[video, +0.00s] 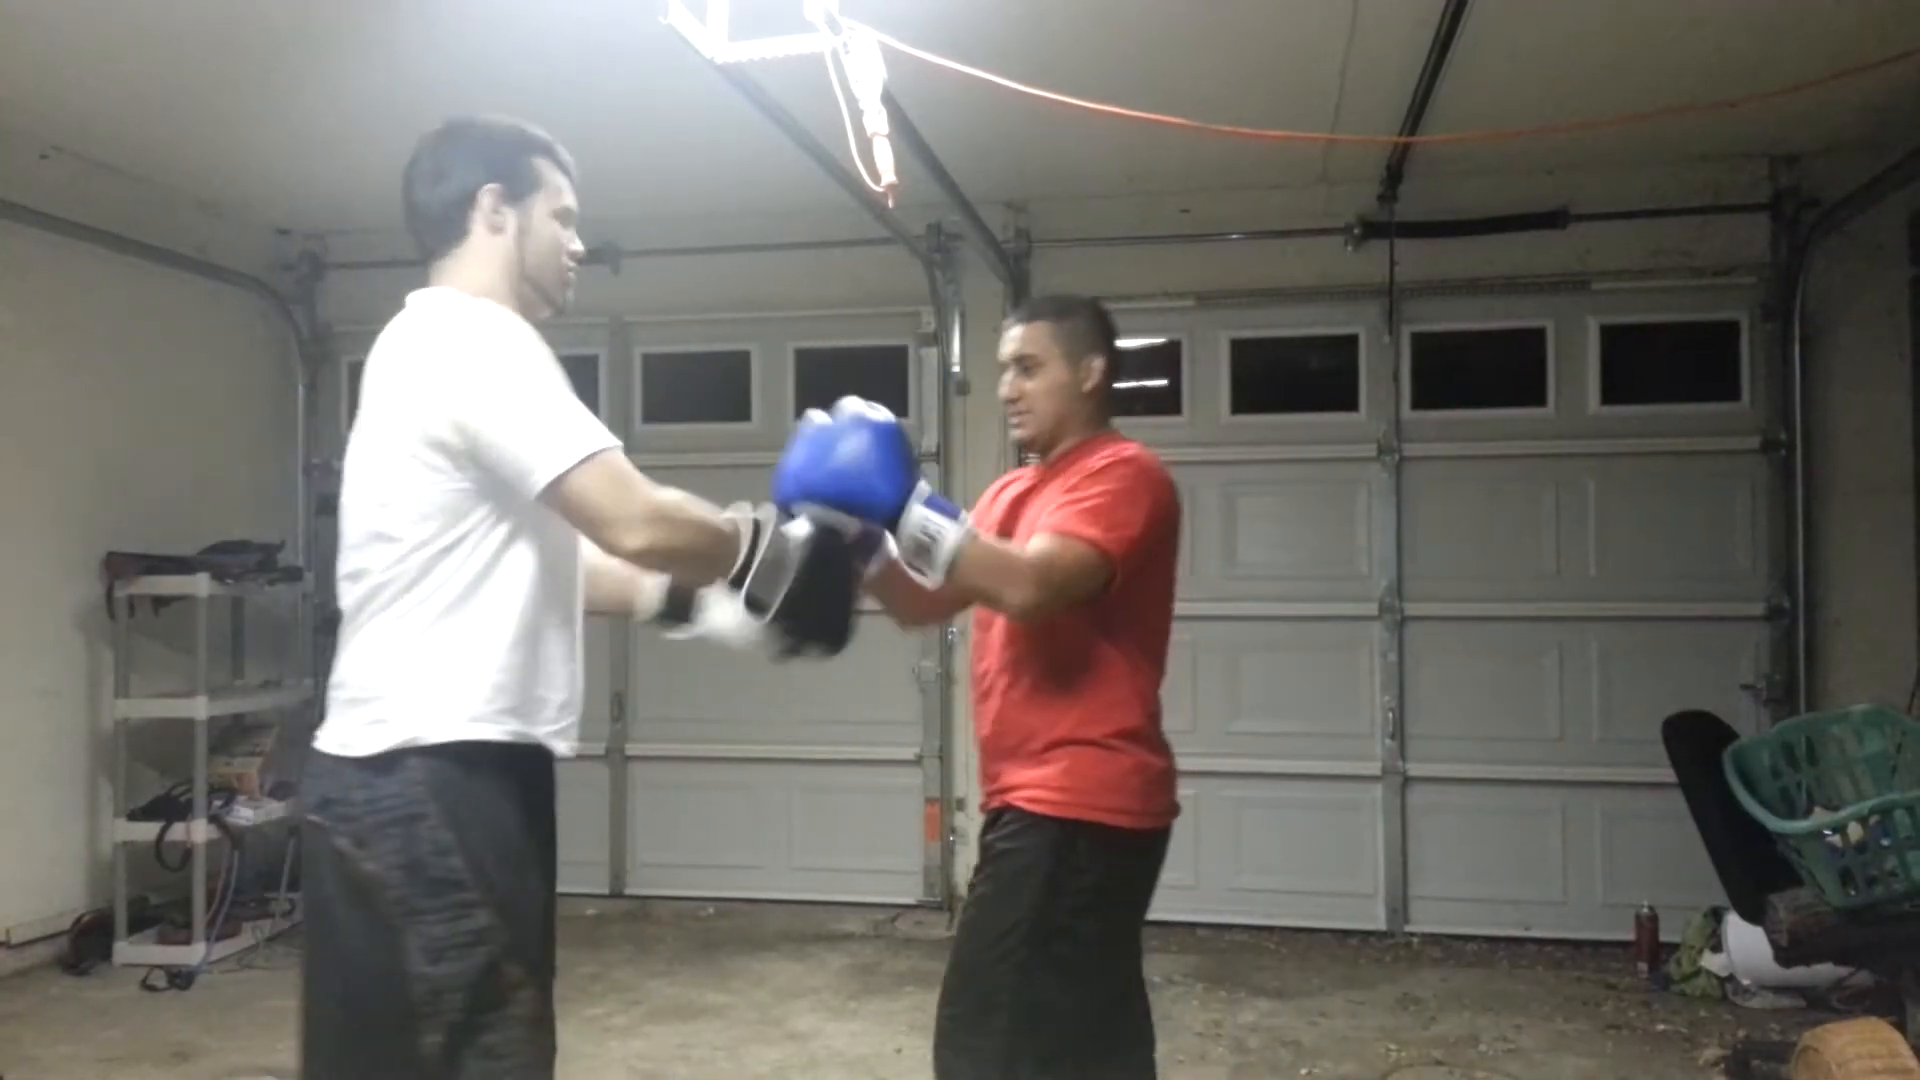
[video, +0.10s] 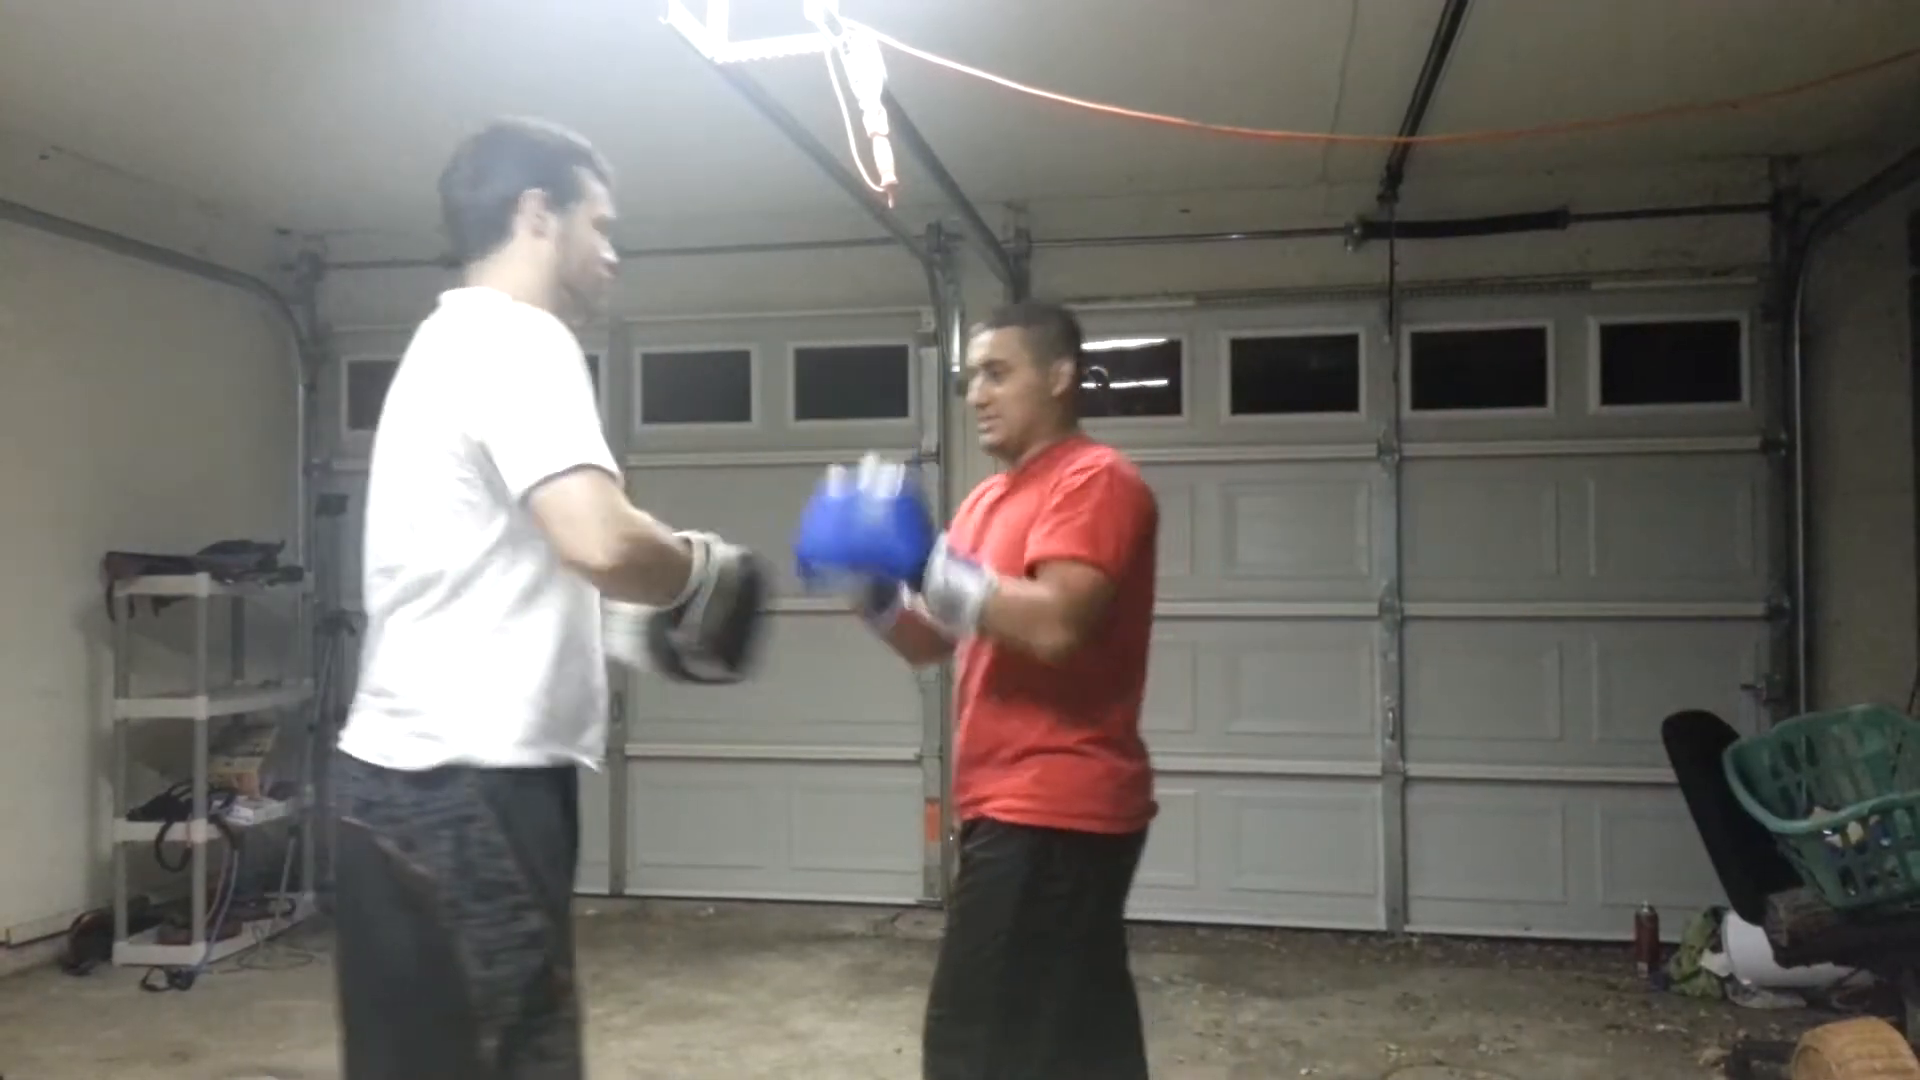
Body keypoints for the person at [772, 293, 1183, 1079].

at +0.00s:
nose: (1007, 388)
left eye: (1027, 367)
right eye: (1003, 372)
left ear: (1093, 373)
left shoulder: (1127, 476)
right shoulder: (1008, 491)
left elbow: (1032, 584)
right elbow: (924, 604)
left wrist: (908, 509)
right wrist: (856, 535)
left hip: (1085, 802)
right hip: (1028, 801)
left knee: (983, 1039)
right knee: (1091, 1042)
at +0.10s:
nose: (977, 395)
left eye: (997, 373)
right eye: (972, 379)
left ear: (1062, 377)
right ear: (970, 392)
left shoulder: (1102, 481)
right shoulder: (987, 498)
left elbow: (1058, 625)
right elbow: (927, 642)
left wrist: (930, 568)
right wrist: (873, 588)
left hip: (1062, 809)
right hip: (1002, 806)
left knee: (971, 1041)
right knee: (1084, 1043)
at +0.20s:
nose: (945, 402)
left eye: (964, 381)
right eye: (941, 385)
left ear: (1028, 386)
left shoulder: (1070, 491)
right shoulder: (959, 501)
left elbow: (1076, 652)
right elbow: (934, 626)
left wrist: (929, 659)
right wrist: (875, 639)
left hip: (1030, 813)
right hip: (975, 807)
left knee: (947, 1040)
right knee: (1063, 1040)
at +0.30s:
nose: (914, 406)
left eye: (933, 386)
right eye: (909, 389)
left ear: (997, 391)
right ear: (907, 401)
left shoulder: (1042, 501)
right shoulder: (924, 500)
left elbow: (1067, 661)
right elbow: (893, 625)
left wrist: (937, 708)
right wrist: (852, 685)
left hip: (1001, 822)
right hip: (944, 813)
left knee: (923, 1042)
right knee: (1030, 1039)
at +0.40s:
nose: (887, 407)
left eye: (908, 385)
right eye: (882, 389)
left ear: (970, 388)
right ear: (878, 398)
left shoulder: (1018, 499)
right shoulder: (889, 491)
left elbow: (1036, 657)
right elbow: (853, 614)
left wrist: (904, 673)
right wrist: (813, 646)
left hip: (980, 810)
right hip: (902, 804)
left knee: (962, 1027)